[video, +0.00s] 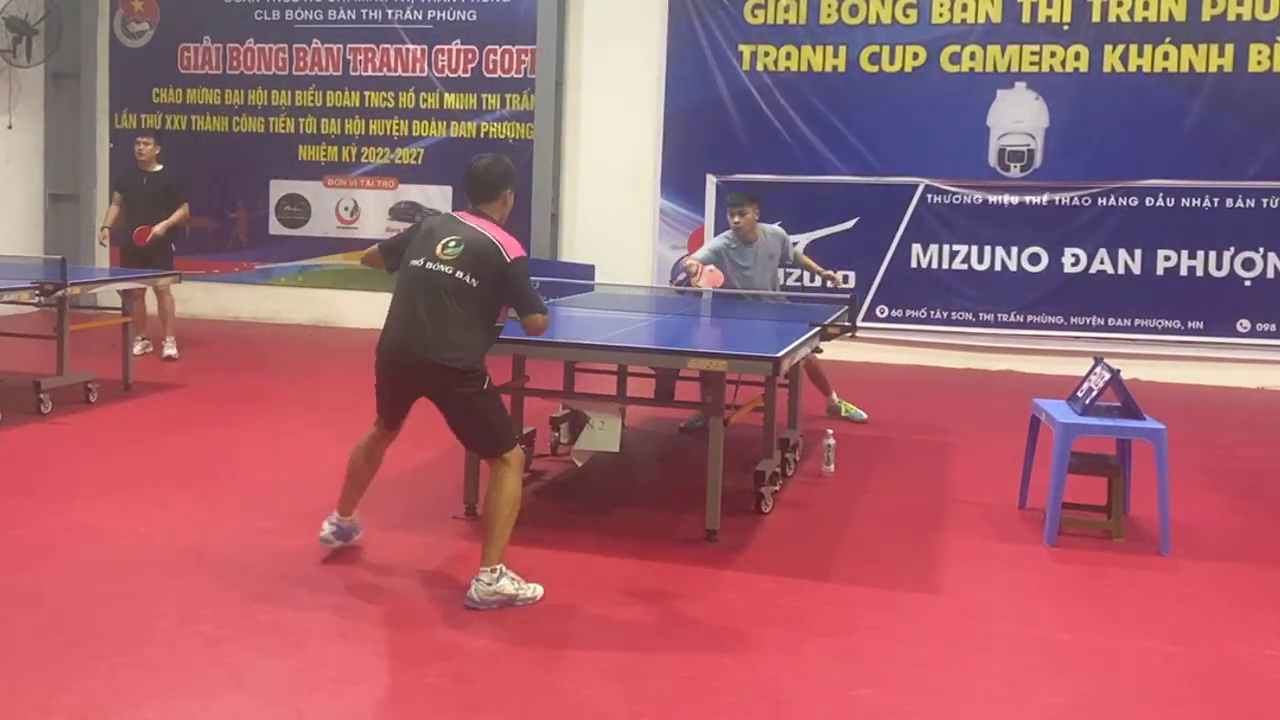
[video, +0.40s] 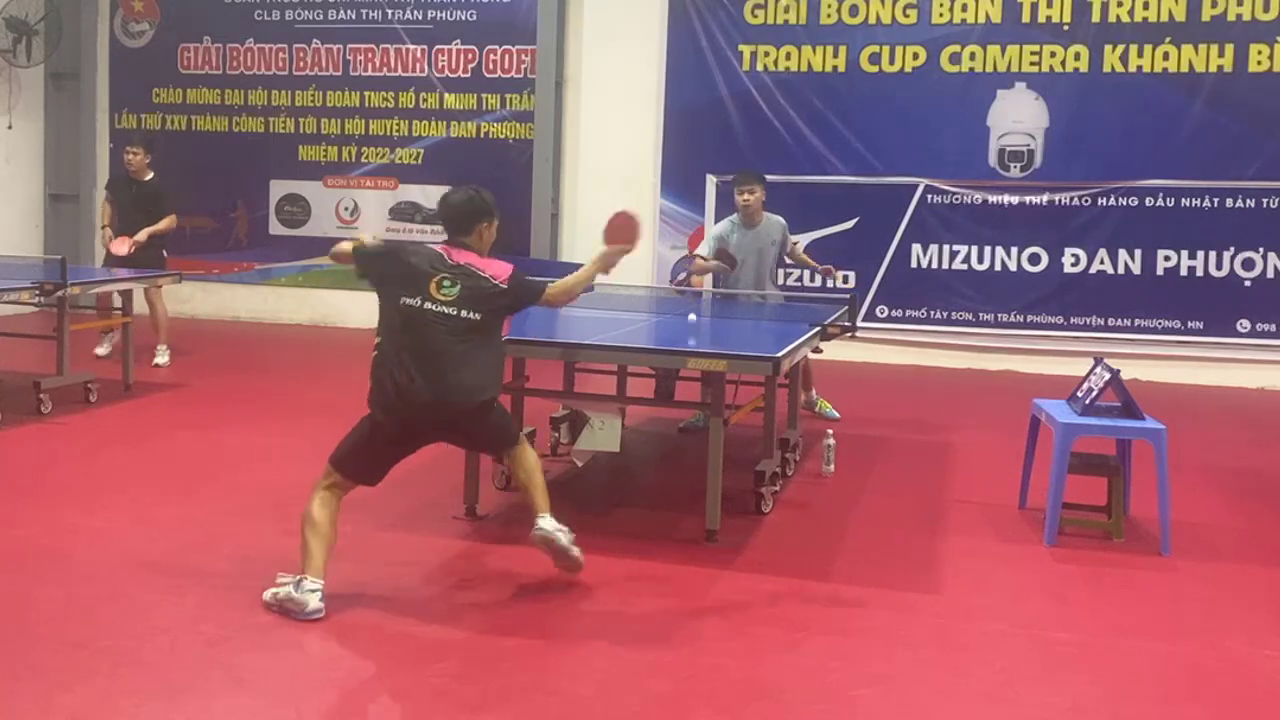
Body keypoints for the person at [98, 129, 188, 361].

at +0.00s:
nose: (140, 148)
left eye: (145, 144)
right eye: (137, 144)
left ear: (157, 149)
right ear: (134, 148)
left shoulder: (168, 178)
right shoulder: (127, 177)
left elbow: (184, 210)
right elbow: (116, 204)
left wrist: (165, 225)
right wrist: (106, 227)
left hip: (159, 245)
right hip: (131, 245)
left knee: (163, 289)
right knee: (135, 292)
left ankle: (169, 339)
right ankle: (141, 338)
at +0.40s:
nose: (129, 158)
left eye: (135, 154)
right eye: (126, 153)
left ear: (148, 158)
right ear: (123, 155)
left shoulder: (159, 185)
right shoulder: (117, 180)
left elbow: (171, 220)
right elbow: (107, 203)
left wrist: (147, 231)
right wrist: (106, 227)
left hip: (148, 251)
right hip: (118, 250)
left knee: (153, 295)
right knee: (103, 292)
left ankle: (162, 346)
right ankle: (107, 334)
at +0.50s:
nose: (121, 162)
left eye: (127, 158)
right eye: (119, 158)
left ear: (140, 162)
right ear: (115, 159)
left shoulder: (152, 190)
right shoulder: (110, 180)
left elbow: (165, 223)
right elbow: (100, 200)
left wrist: (139, 234)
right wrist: (101, 224)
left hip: (143, 250)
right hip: (113, 247)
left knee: (150, 295)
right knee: (96, 294)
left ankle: (161, 346)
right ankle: (85, 341)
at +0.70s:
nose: (107, 184)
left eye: (113, 180)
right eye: (105, 179)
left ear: (126, 183)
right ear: (102, 179)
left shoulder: (140, 208)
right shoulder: (96, 195)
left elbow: (154, 239)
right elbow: (72, 205)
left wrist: (127, 245)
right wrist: (79, 234)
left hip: (130, 262)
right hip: (96, 261)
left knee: (141, 296)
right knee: (80, 298)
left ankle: (161, 347)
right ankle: (73, 345)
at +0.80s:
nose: (102, 188)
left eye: (107, 184)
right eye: (100, 183)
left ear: (121, 185)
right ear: (97, 182)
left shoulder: (135, 210)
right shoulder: (89, 197)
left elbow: (149, 242)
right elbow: (66, 207)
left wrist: (124, 253)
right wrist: (78, 237)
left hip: (128, 264)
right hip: (94, 263)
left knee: (139, 296)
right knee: (77, 296)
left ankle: (161, 347)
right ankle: (73, 346)